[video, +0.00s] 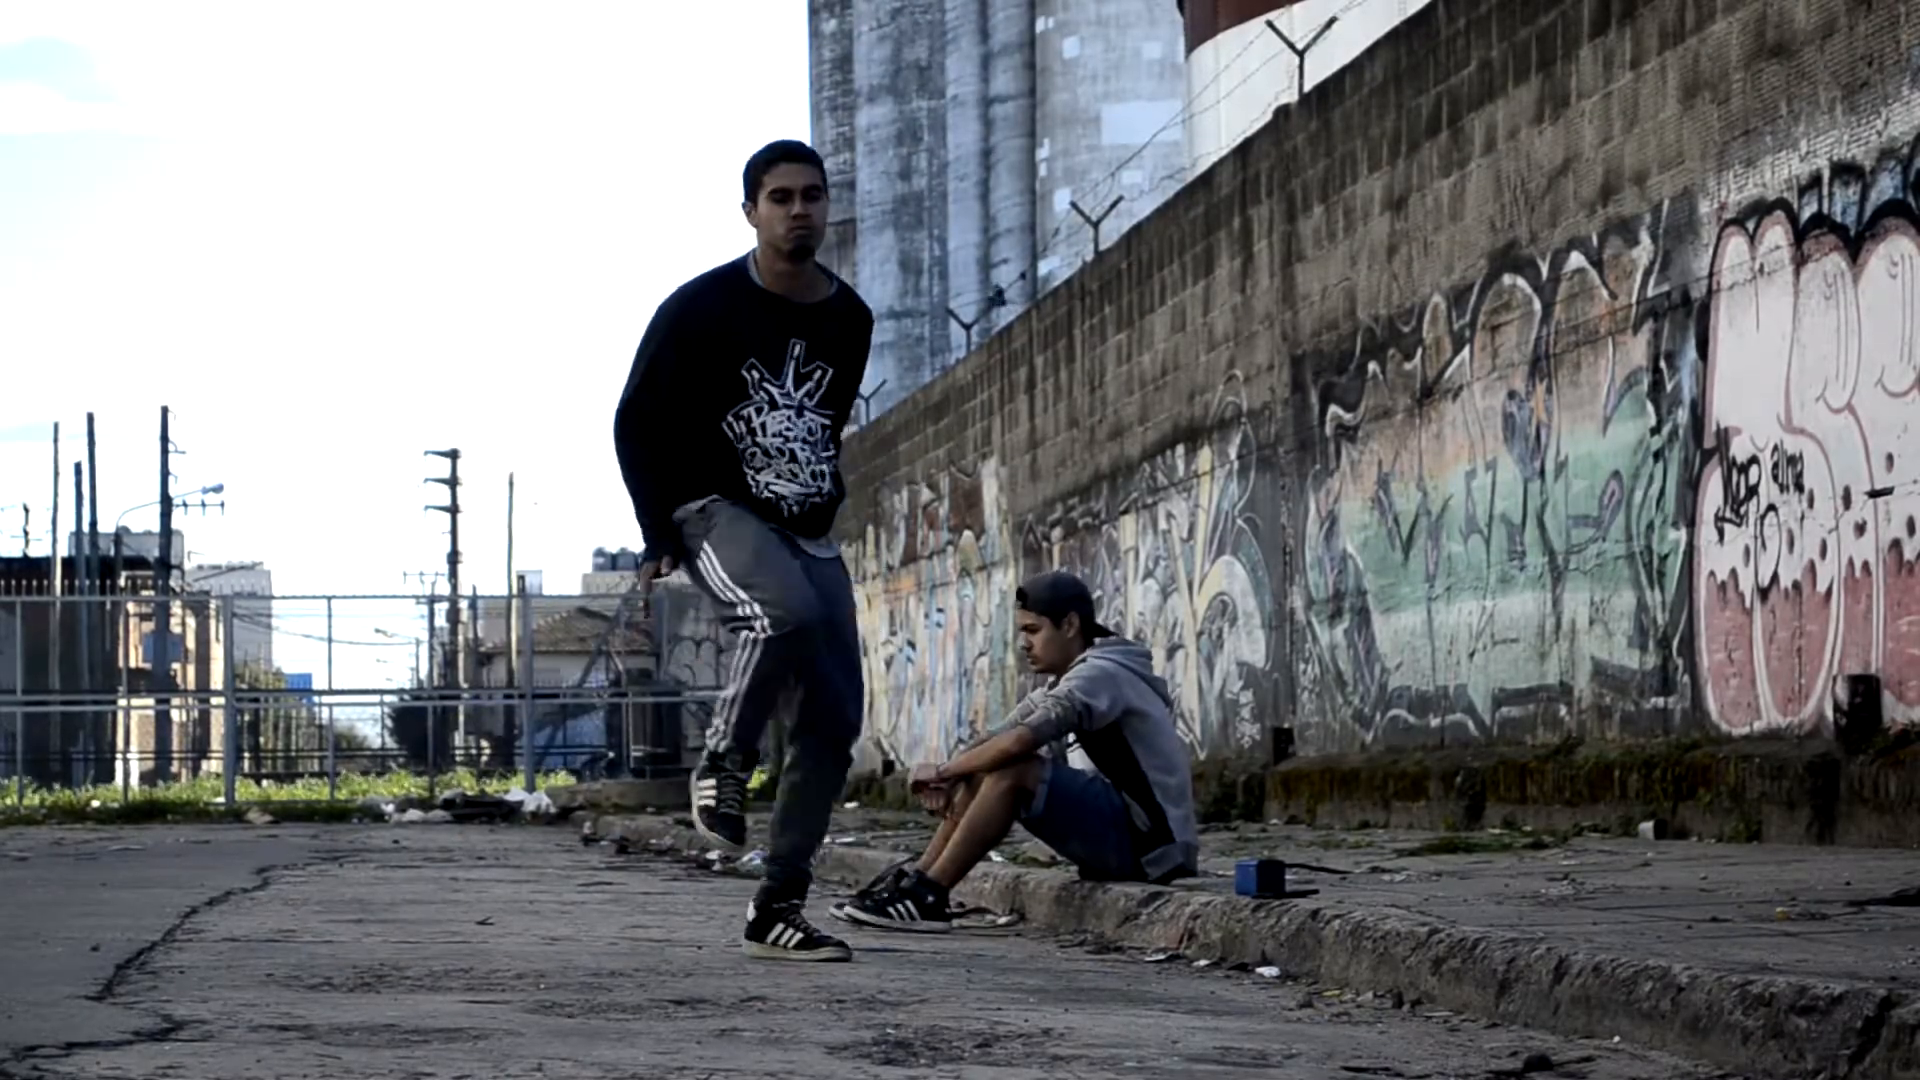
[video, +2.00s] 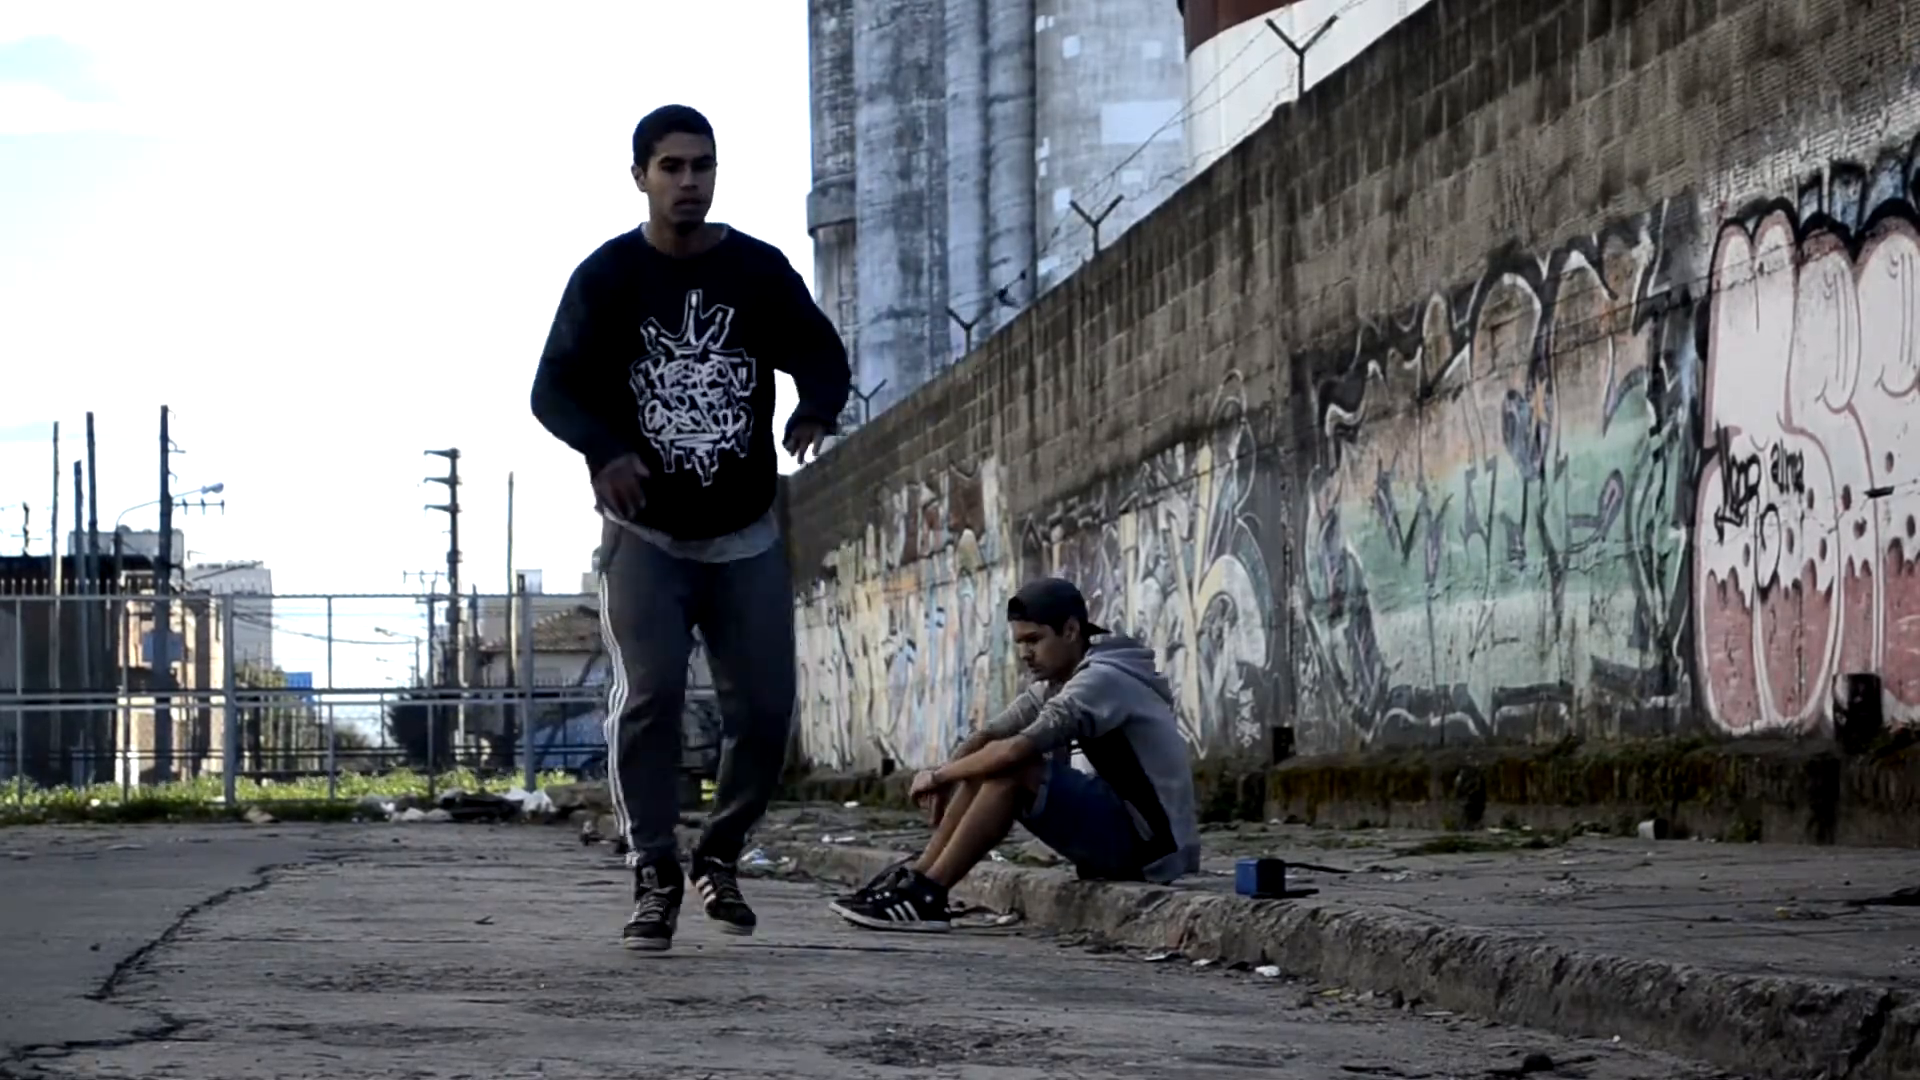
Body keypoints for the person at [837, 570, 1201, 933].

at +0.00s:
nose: (1024, 644)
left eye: (1032, 631)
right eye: (1021, 633)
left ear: (1070, 626)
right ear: (1066, 628)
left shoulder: (1101, 671)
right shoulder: (1071, 676)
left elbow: (1021, 740)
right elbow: (1002, 733)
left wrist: (946, 770)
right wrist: (946, 772)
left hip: (1151, 845)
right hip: (1122, 835)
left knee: (1015, 771)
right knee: (986, 765)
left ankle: (932, 895)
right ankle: (914, 884)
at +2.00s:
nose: (1023, 655)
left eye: (1032, 641)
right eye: (1018, 643)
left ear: (1071, 631)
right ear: (1062, 635)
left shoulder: (1102, 677)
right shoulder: (1064, 678)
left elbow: (1018, 752)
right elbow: (992, 735)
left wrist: (940, 774)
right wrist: (940, 777)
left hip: (1150, 848)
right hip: (1119, 838)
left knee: (1016, 769)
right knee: (988, 760)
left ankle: (932, 895)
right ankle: (915, 881)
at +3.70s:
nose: (1028, 639)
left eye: (1039, 626)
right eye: (1026, 628)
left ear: (1079, 625)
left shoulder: (1101, 667)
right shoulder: (1081, 669)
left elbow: (1010, 735)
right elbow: (1010, 734)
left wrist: (978, 725)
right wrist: (949, 771)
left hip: (1149, 843)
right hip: (1122, 834)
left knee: (1014, 764)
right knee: (988, 757)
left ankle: (936, 893)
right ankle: (914, 881)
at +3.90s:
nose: (1026, 637)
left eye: (1037, 625)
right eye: (1024, 626)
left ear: (1075, 623)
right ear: (1071, 626)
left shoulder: (1094, 666)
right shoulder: (1081, 667)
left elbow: (1014, 738)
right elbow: (1015, 744)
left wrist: (942, 765)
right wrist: (951, 773)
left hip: (1149, 841)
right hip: (1124, 831)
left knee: (1011, 770)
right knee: (985, 768)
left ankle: (930, 895)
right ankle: (913, 883)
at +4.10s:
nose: (1024, 638)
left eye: (1034, 625)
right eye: (1022, 627)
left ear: (1073, 622)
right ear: (1070, 627)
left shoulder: (1096, 668)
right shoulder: (1081, 671)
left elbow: (1014, 740)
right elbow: (1017, 745)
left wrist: (934, 772)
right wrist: (943, 775)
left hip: (1149, 843)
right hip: (1124, 833)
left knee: (1011, 770)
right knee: (984, 767)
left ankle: (931, 895)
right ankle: (913, 883)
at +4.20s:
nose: (1027, 637)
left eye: (1037, 623)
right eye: (1024, 626)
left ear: (1076, 621)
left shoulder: (1100, 670)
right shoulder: (1080, 673)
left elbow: (1011, 743)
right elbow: (1011, 744)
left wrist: (935, 773)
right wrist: (944, 774)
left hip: (1148, 843)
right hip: (1122, 833)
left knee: (1009, 771)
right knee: (984, 768)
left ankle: (931, 895)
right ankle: (913, 884)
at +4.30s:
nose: (1031, 636)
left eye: (1042, 623)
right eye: (1027, 626)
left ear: (1081, 622)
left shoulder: (1104, 670)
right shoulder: (1076, 674)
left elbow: (1013, 745)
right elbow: (1008, 740)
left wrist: (938, 771)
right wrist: (941, 772)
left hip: (1152, 842)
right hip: (1123, 832)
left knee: (1010, 773)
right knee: (983, 769)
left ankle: (931, 895)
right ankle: (913, 884)